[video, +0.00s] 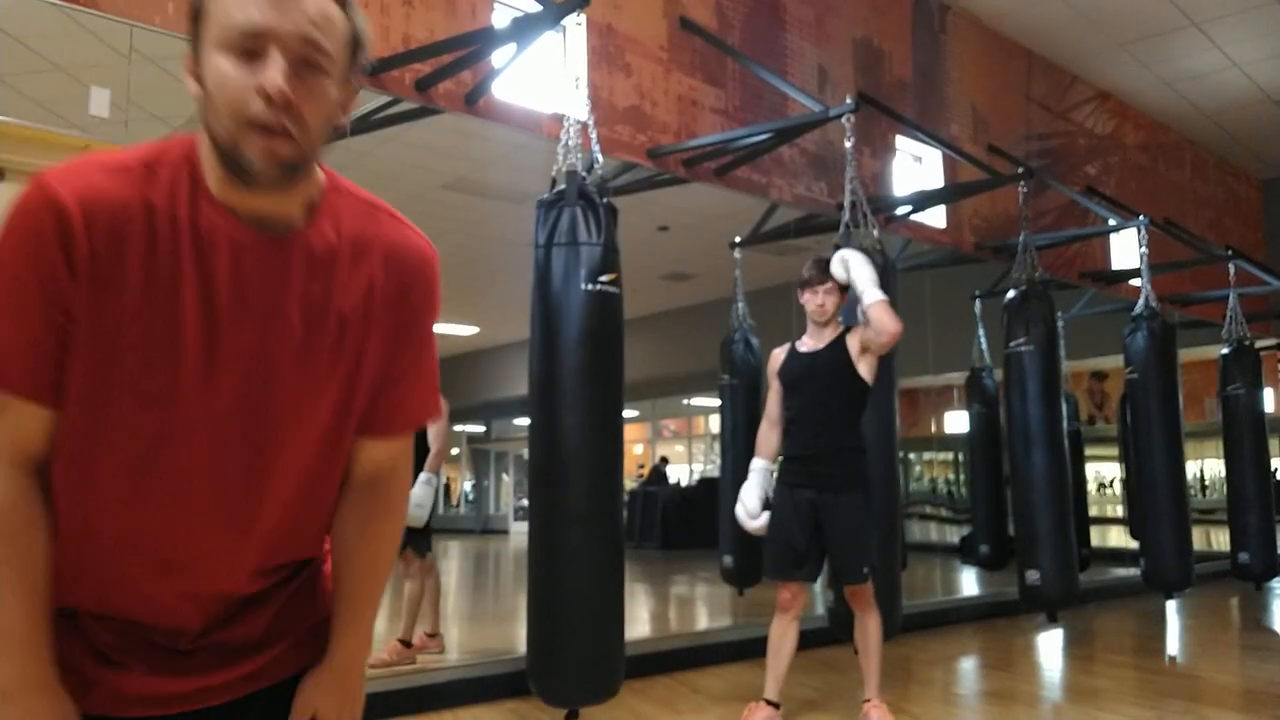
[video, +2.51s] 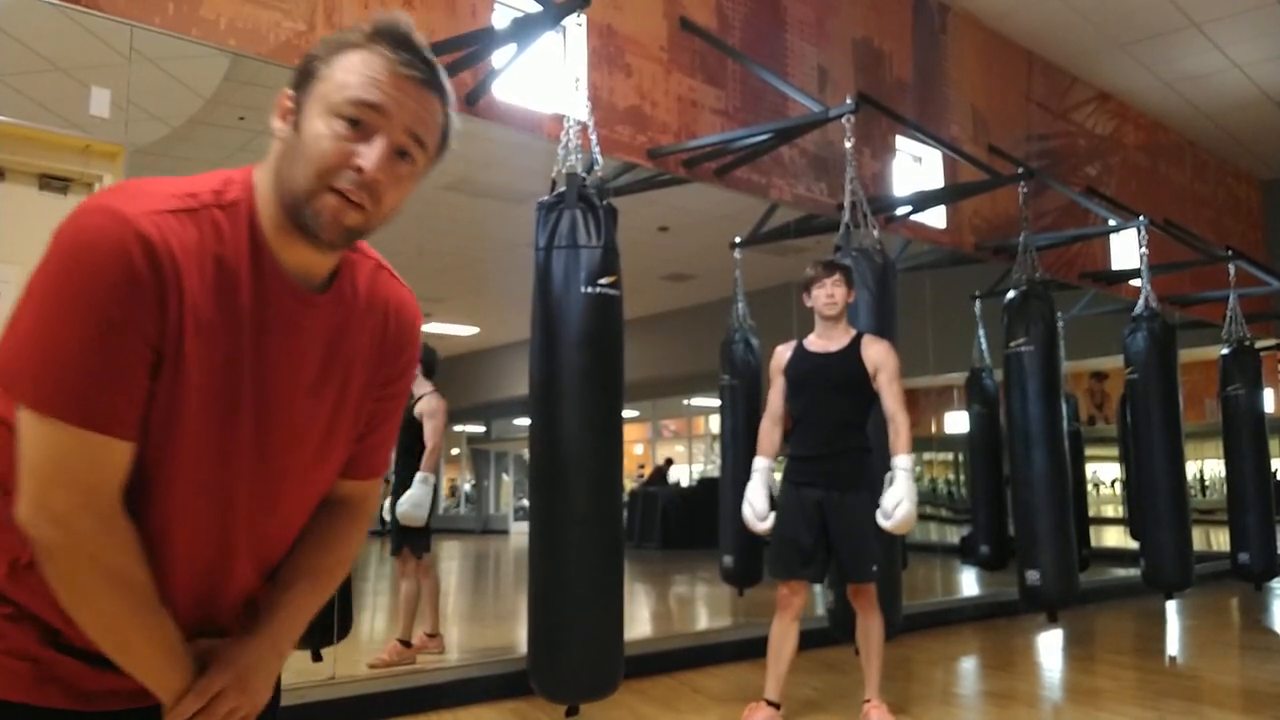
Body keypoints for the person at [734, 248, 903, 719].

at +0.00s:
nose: (820, 299)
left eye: (828, 291)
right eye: (811, 291)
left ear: (842, 297)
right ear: (800, 298)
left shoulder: (859, 339)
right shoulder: (782, 357)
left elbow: (889, 330)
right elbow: (772, 423)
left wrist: (863, 280)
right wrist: (756, 482)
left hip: (848, 489)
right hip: (794, 490)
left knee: (861, 597)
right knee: (788, 600)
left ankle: (872, 700)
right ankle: (770, 702)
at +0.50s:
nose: (824, 299)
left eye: (832, 291)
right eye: (816, 291)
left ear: (846, 297)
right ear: (804, 298)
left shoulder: (861, 341)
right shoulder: (785, 356)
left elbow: (892, 333)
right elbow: (774, 422)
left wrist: (865, 288)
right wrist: (758, 484)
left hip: (849, 491)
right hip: (796, 491)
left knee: (864, 598)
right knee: (789, 600)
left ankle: (873, 701)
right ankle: (771, 702)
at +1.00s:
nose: (811, 287)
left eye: (820, 280)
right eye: (805, 283)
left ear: (841, 291)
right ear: (799, 298)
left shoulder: (868, 346)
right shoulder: (786, 355)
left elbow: (913, 408)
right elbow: (773, 421)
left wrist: (898, 436)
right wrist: (757, 478)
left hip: (855, 493)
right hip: (799, 493)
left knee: (863, 597)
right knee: (787, 599)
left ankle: (873, 700)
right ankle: (769, 703)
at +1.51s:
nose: (827, 289)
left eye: (835, 283)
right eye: (819, 284)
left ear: (851, 296)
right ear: (809, 297)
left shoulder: (876, 350)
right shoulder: (785, 353)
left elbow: (899, 417)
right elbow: (768, 417)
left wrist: (905, 475)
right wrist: (755, 470)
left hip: (859, 491)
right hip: (801, 490)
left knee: (865, 596)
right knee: (788, 598)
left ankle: (873, 701)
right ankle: (770, 702)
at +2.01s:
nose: (830, 292)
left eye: (837, 286)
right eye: (822, 287)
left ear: (850, 295)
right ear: (807, 297)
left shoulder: (874, 350)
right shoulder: (785, 354)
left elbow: (896, 415)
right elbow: (769, 416)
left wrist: (899, 465)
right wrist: (756, 470)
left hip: (858, 490)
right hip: (799, 489)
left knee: (865, 595)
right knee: (784, 596)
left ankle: (872, 699)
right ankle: (770, 702)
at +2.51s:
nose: (829, 293)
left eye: (837, 286)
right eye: (822, 287)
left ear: (850, 296)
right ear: (809, 298)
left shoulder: (875, 351)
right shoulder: (786, 355)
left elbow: (896, 418)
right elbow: (772, 421)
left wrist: (902, 476)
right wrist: (760, 479)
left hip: (857, 491)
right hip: (800, 492)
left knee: (864, 596)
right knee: (788, 596)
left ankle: (873, 700)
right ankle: (770, 703)